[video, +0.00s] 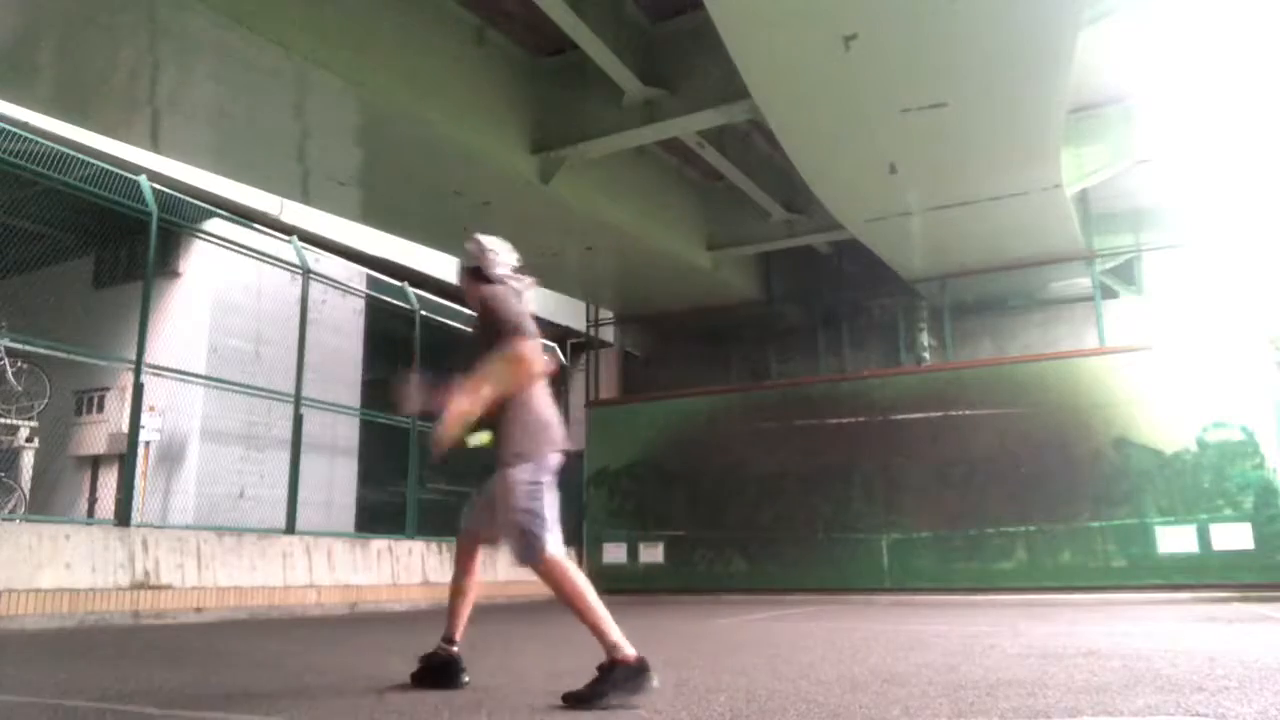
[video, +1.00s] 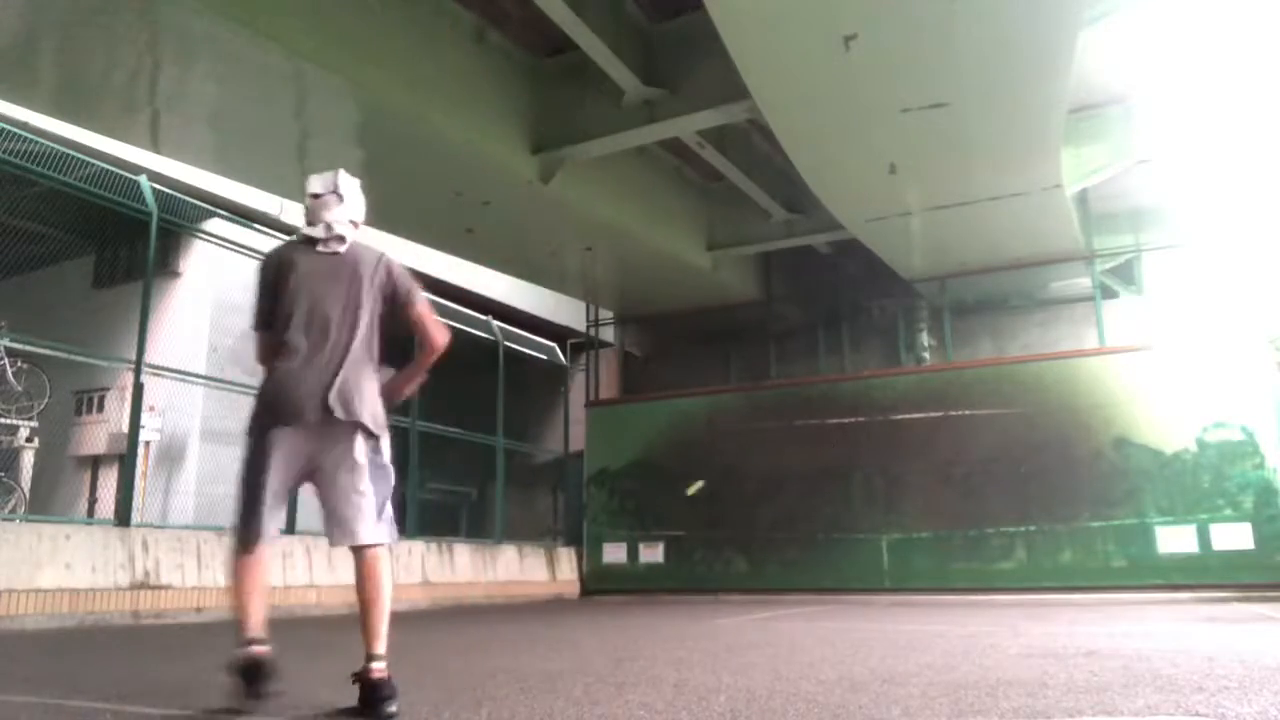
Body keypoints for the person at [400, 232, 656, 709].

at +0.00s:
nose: (463, 287)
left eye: (466, 278)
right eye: (465, 279)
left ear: (478, 277)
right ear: (501, 275)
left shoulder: (500, 299)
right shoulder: (500, 311)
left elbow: (532, 358)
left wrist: (474, 395)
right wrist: (440, 400)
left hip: (532, 450)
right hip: (521, 451)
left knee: (540, 551)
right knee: (470, 536)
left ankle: (625, 659)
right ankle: (447, 654)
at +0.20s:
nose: (434, 250)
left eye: (430, 243)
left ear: (427, 245)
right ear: (470, 245)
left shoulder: (415, 288)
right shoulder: (496, 285)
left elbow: (383, 355)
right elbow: (555, 324)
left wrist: (343, 411)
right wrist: (579, 319)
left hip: (459, 415)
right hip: (504, 417)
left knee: (461, 532)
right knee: (476, 536)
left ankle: (544, 603)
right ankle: (451, 650)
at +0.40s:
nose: (410, 234)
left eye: (407, 226)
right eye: (415, 225)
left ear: (395, 227)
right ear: (438, 225)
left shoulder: (377, 275)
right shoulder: (468, 261)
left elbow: (327, 313)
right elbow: (537, 221)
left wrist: (269, 345)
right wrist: (584, 169)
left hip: (409, 416)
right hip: (462, 415)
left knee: (386, 529)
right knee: (454, 539)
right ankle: (449, 651)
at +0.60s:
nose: (384, 237)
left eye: (374, 228)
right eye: (397, 228)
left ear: (358, 234)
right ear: (403, 231)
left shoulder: (334, 283)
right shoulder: (426, 266)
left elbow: (290, 353)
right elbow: (507, 258)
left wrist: (261, 418)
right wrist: (539, 192)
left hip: (356, 429)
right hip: (421, 427)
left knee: (334, 549)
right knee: (433, 541)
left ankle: (334, 672)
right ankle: (436, 655)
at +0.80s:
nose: (369, 221)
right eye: (375, 213)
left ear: (330, 211)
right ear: (377, 213)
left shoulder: (302, 260)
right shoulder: (394, 253)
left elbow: (286, 348)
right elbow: (464, 288)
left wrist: (326, 366)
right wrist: (489, 273)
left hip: (315, 407)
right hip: (382, 405)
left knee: (314, 539)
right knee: (388, 529)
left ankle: (326, 668)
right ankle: (393, 645)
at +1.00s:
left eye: (321, 211)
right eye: (345, 212)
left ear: (308, 215)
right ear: (358, 216)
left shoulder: (280, 262)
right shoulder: (383, 266)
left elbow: (267, 350)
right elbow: (435, 338)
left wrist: (302, 357)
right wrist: (400, 385)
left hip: (283, 416)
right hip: (355, 417)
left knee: (253, 538)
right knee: (370, 543)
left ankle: (254, 646)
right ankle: (376, 673)